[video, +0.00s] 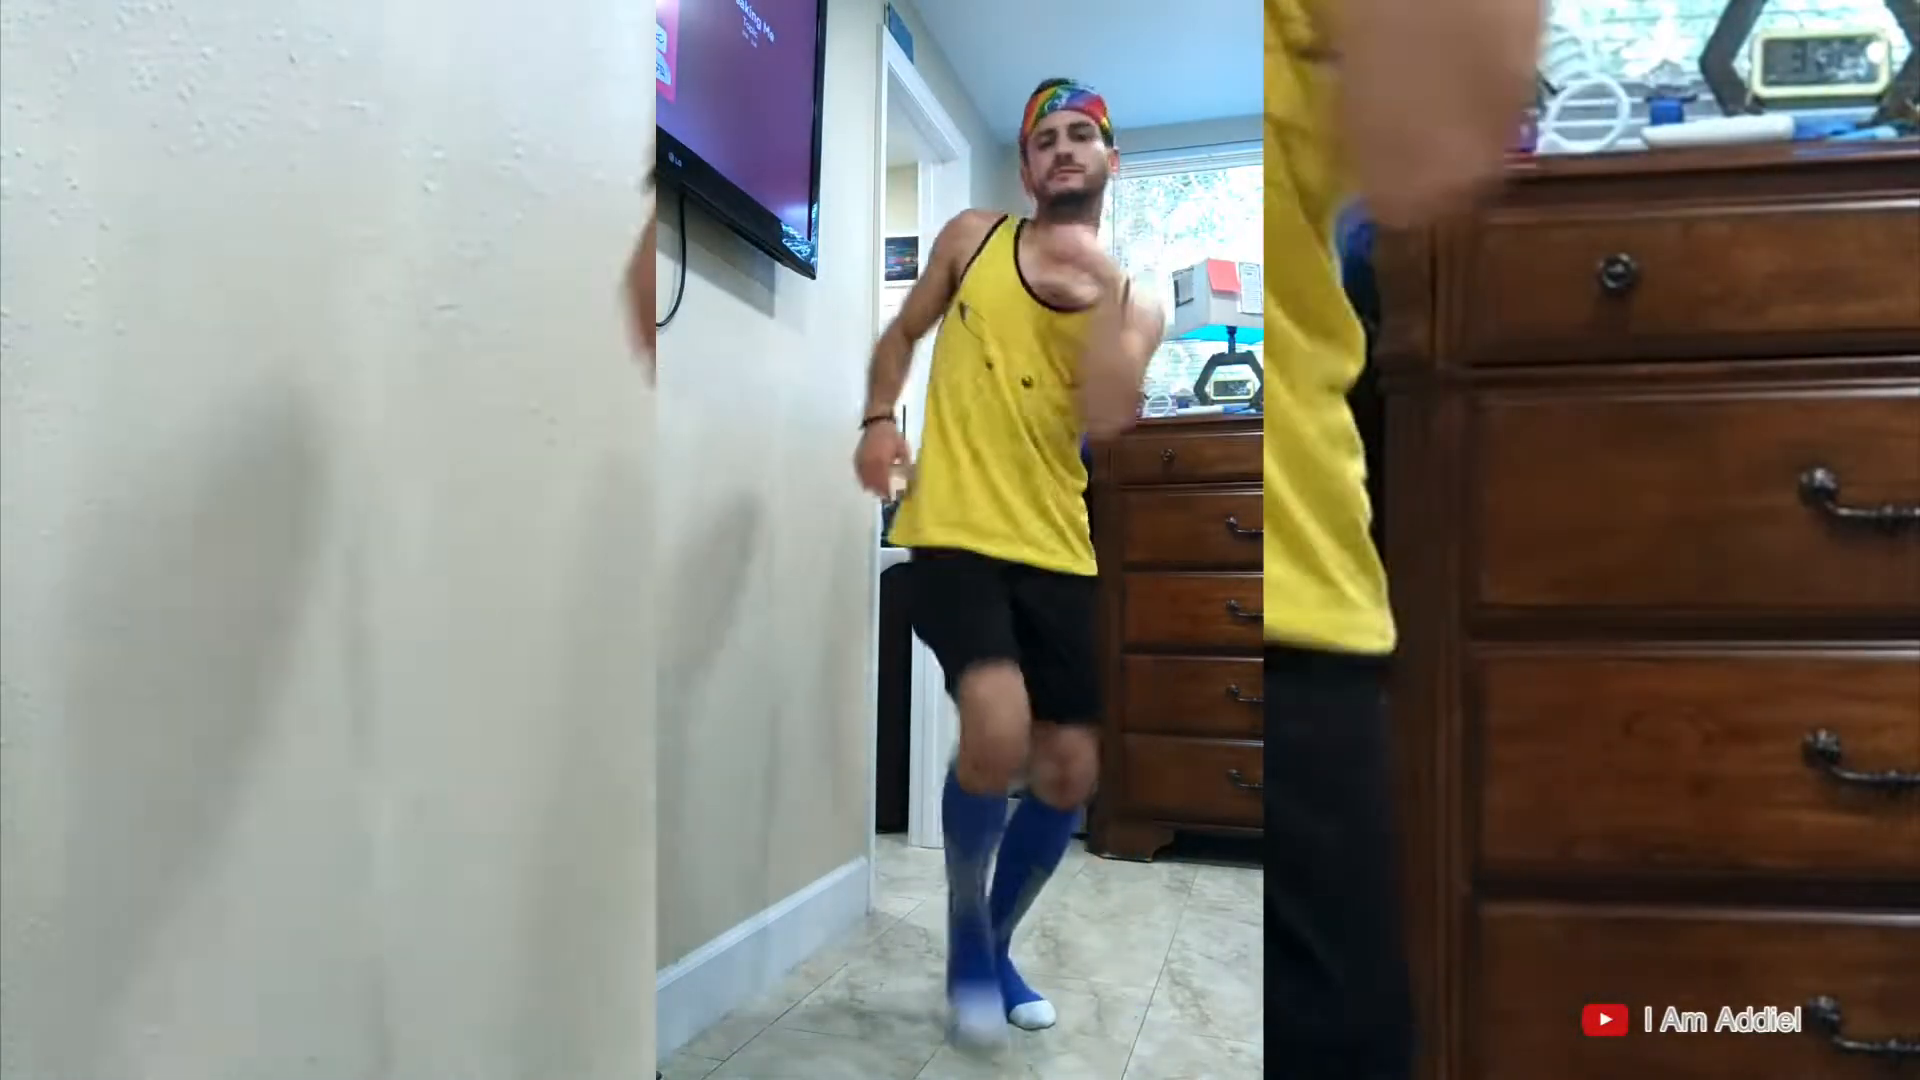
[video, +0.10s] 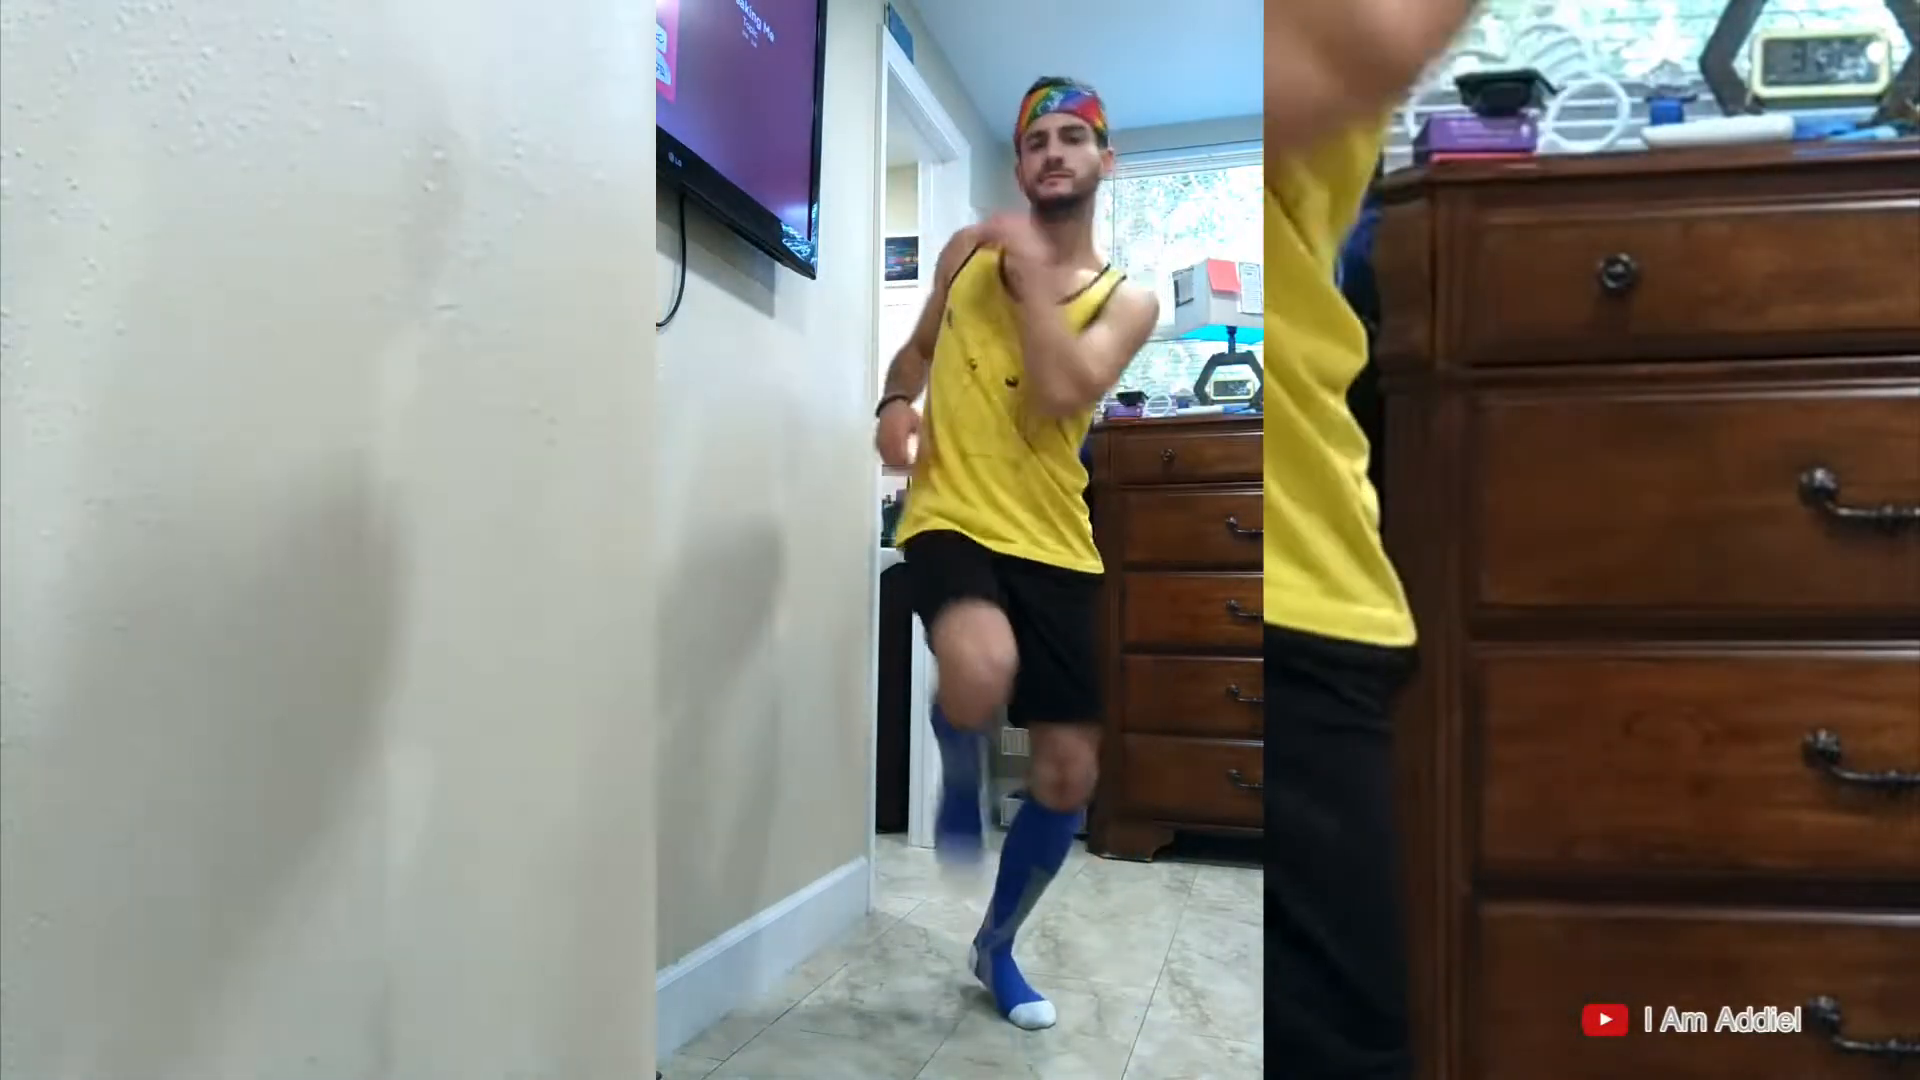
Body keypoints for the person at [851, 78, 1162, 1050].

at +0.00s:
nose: (1063, 149)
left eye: (1080, 136)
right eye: (1046, 141)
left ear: (1112, 162)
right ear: (1025, 167)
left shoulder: (1131, 297)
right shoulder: (975, 235)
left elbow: (1105, 419)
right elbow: (899, 335)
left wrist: (1113, 296)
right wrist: (879, 422)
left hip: (1054, 538)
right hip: (950, 520)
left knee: (1069, 767)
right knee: (997, 725)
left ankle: (991, 941)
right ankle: (969, 944)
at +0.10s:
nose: (1051, 153)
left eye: (1070, 138)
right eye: (1035, 143)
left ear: (1106, 160)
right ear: (1016, 168)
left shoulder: (1126, 298)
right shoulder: (971, 257)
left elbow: (1064, 388)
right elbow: (915, 354)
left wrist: (1028, 262)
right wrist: (894, 407)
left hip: (1052, 535)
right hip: (949, 507)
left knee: (1068, 767)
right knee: (981, 666)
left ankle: (997, 942)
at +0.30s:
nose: (1015, 128)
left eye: (1035, 112)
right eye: (1000, 115)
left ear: (1069, 130)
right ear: (980, 137)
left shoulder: (1107, 222)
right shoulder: (963, 252)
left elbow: (1040, 291)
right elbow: (964, 381)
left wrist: (913, 287)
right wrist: (919, 391)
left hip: (1045, 518)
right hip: (947, 502)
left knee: (1024, 746)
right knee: (903, 690)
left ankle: (1003, 944)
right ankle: (939, 894)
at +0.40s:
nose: (996, 148)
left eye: (1015, 132)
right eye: (979, 135)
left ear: (1047, 146)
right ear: (960, 156)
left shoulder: (1077, 206)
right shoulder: (951, 282)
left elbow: (1019, 288)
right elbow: (946, 393)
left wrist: (931, 370)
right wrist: (907, 410)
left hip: (1045, 543)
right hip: (940, 541)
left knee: (1025, 761)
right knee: (874, 736)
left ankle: (1005, 948)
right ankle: (921, 959)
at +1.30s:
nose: (1004, 91)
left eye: (1012, 80)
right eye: (979, 77)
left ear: (1020, 113)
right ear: (931, 105)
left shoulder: (1013, 245)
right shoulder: (915, 181)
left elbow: (1036, 377)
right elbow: (950, 289)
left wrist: (1078, 327)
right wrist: (1083, 378)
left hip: (976, 523)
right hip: (870, 535)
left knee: (1075, 750)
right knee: (847, 784)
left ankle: (1089, 997)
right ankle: (834, 1002)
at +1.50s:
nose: (1067, 99)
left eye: (1073, 87)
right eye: (1041, 93)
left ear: (1089, 117)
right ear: (1000, 133)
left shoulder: (1081, 246)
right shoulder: (995, 209)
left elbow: (1098, 405)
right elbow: (958, 362)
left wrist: (1117, 270)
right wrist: (968, 530)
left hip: (1033, 538)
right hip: (934, 538)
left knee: (1110, 759)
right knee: (896, 783)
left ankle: (1111, 997)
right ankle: (821, 991)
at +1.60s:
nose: (1088, 114)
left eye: (1096, 103)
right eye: (1064, 105)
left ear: (1111, 137)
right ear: (1019, 144)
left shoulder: (1149, 261)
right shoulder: (982, 239)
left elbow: (1162, 334)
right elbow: (859, 353)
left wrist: (1072, 214)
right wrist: (896, 487)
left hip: (1073, 557)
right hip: (962, 538)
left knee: (1161, 769)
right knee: (937, 750)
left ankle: (1119, 1000)